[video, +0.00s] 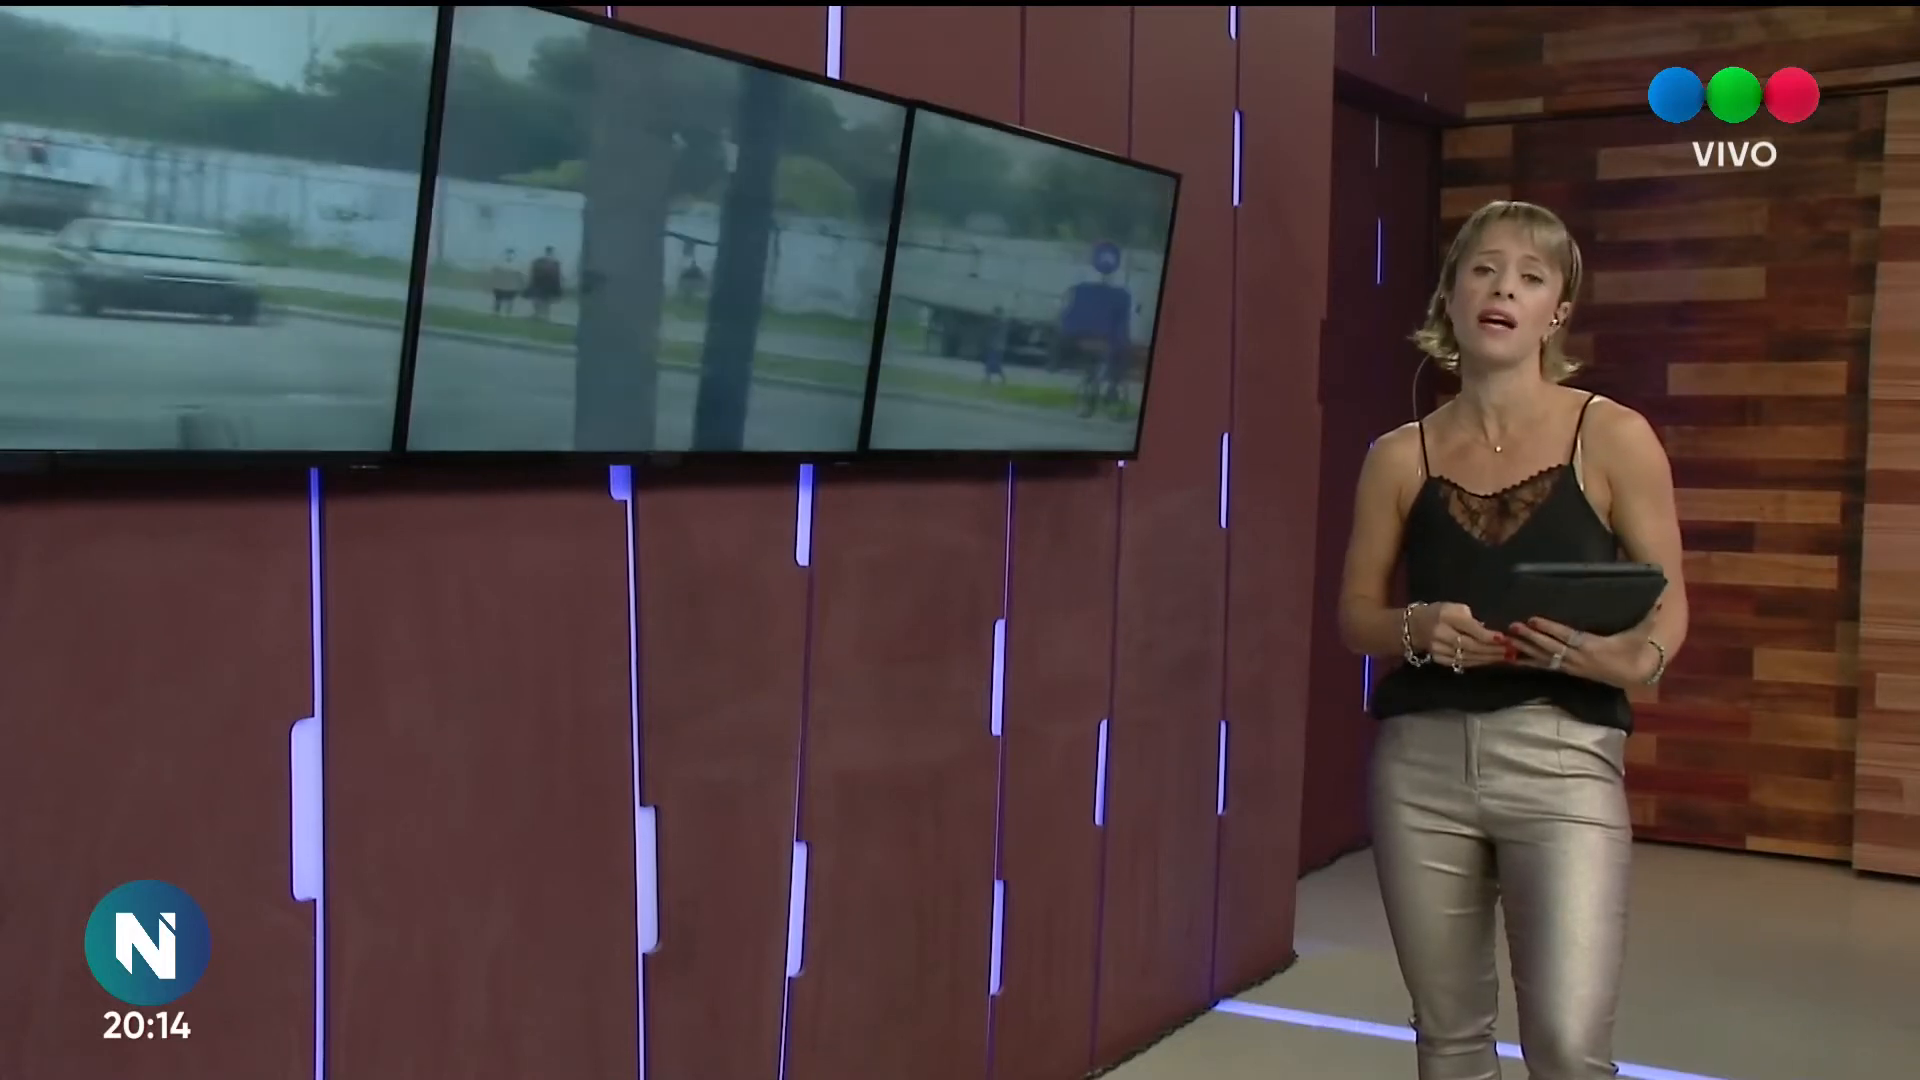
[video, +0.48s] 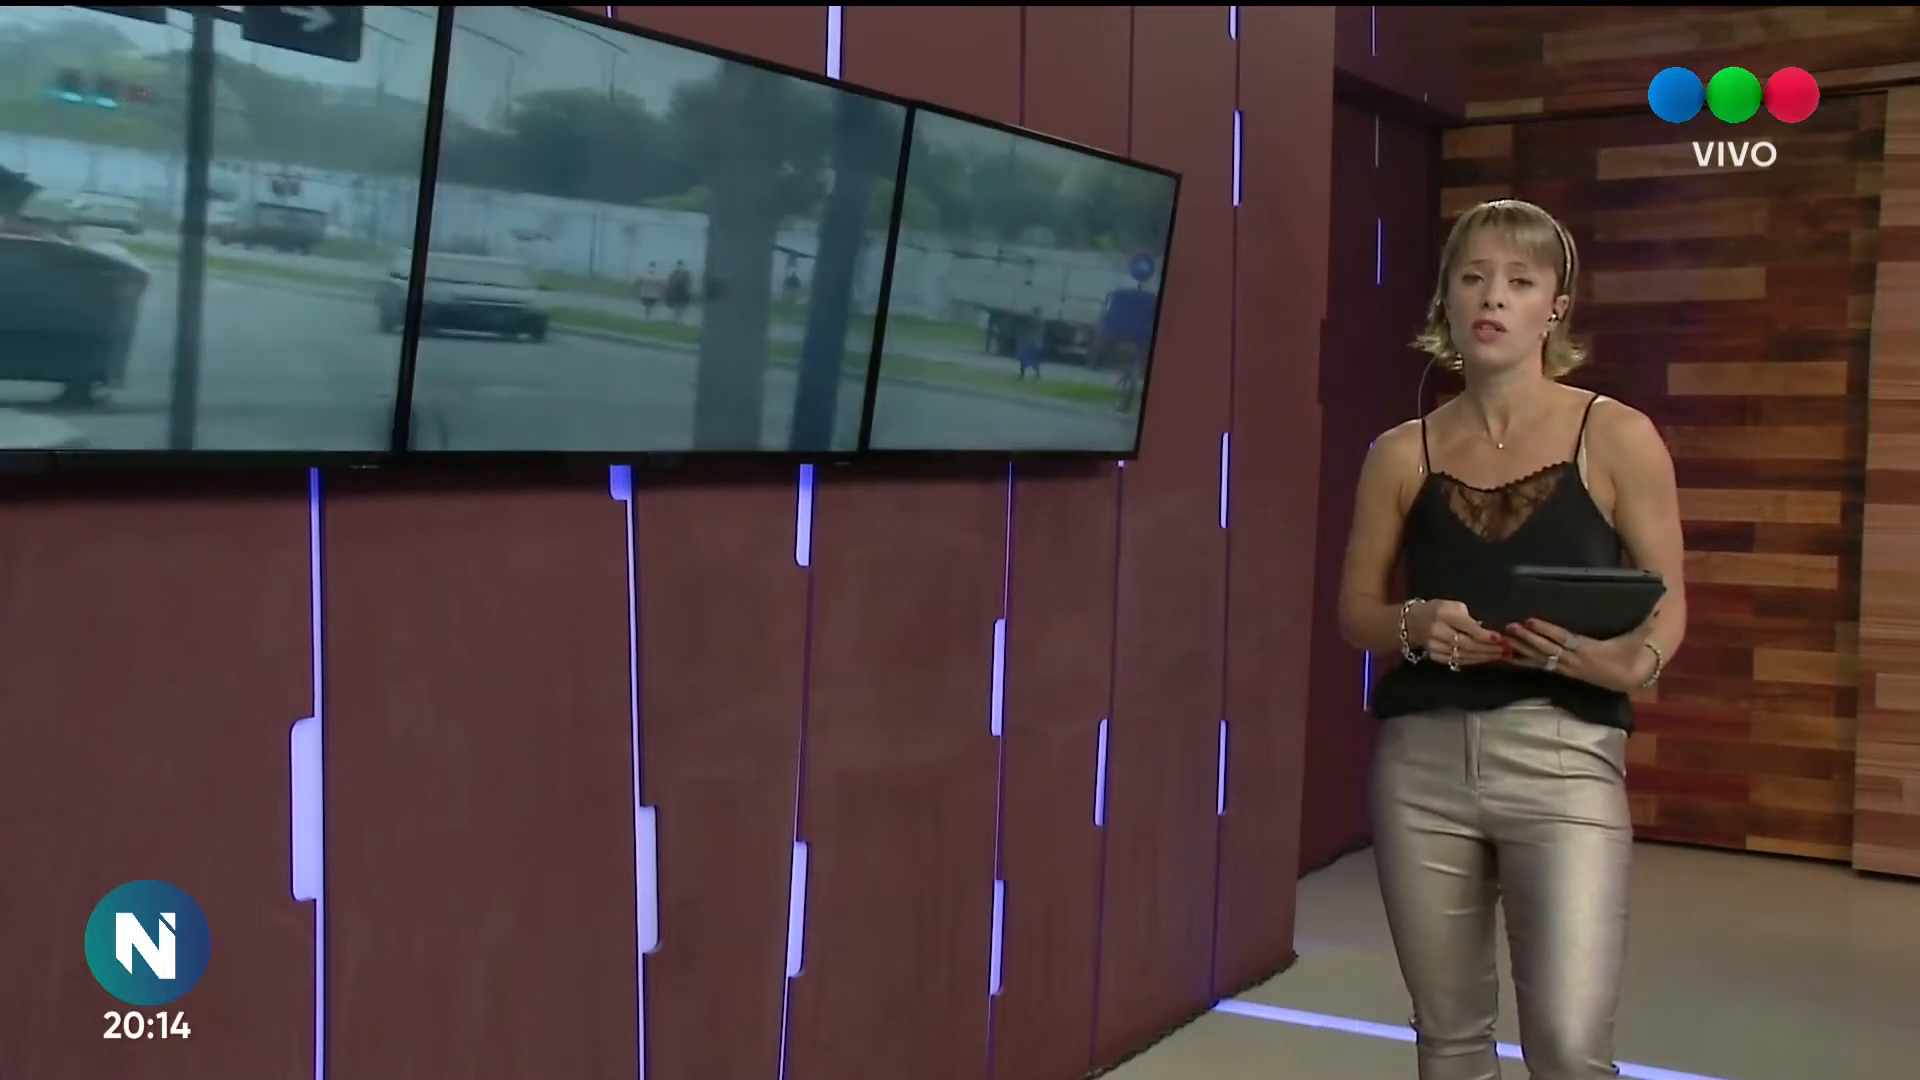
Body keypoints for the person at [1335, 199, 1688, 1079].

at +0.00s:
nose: (1501, 288)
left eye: (1529, 278)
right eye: (1483, 270)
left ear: (1558, 314)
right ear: (1449, 297)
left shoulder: (1614, 438)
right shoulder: (1399, 457)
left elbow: (1667, 597)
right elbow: (1356, 616)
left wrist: (1630, 660)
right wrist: (1413, 629)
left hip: (1563, 767)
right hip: (1420, 768)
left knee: (1567, 1050)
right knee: (1449, 1041)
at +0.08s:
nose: (1497, 289)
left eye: (1524, 277)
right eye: (1479, 272)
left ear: (1556, 310)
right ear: (1448, 299)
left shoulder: (1614, 438)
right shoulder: (1399, 457)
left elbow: (1667, 598)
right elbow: (1356, 616)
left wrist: (1628, 664)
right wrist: (1412, 630)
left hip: (1562, 766)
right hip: (1420, 767)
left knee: (1567, 1050)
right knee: (1449, 1041)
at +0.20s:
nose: (1491, 291)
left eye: (1518, 278)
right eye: (1473, 274)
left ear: (1555, 309)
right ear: (1446, 300)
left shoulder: (1615, 438)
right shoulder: (1399, 457)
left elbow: (1668, 599)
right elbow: (1357, 613)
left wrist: (1627, 664)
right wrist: (1412, 628)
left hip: (1563, 768)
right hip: (1420, 768)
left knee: (1566, 1050)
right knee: (1448, 1041)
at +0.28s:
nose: (1490, 295)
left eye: (1517, 279)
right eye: (1472, 276)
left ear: (1555, 308)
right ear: (1445, 301)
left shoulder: (1616, 439)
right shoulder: (1400, 456)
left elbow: (1668, 600)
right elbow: (1356, 612)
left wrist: (1625, 664)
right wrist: (1411, 625)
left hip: (1563, 768)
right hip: (1420, 768)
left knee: (1566, 1051)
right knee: (1448, 1042)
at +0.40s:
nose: (1490, 296)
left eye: (1517, 280)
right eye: (1472, 277)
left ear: (1555, 308)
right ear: (1445, 301)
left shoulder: (1617, 439)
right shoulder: (1400, 456)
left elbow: (1666, 598)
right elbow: (1355, 612)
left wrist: (1628, 663)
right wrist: (1411, 625)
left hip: (1563, 768)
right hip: (1420, 768)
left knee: (1566, 1051)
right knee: (1448, 1043)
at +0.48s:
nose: (1490, 296)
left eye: (1518, 280)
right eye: (1472, 278)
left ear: (1555, 309)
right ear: (1446, 301)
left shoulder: (1618, 438)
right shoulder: (1400, 456)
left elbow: (1666, 599)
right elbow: (1355, 610)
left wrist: (1625, 663)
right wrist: (1410, 625)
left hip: (1564, 768)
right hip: (1421, 768)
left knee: (1568, 1050)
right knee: (1448, 1043)